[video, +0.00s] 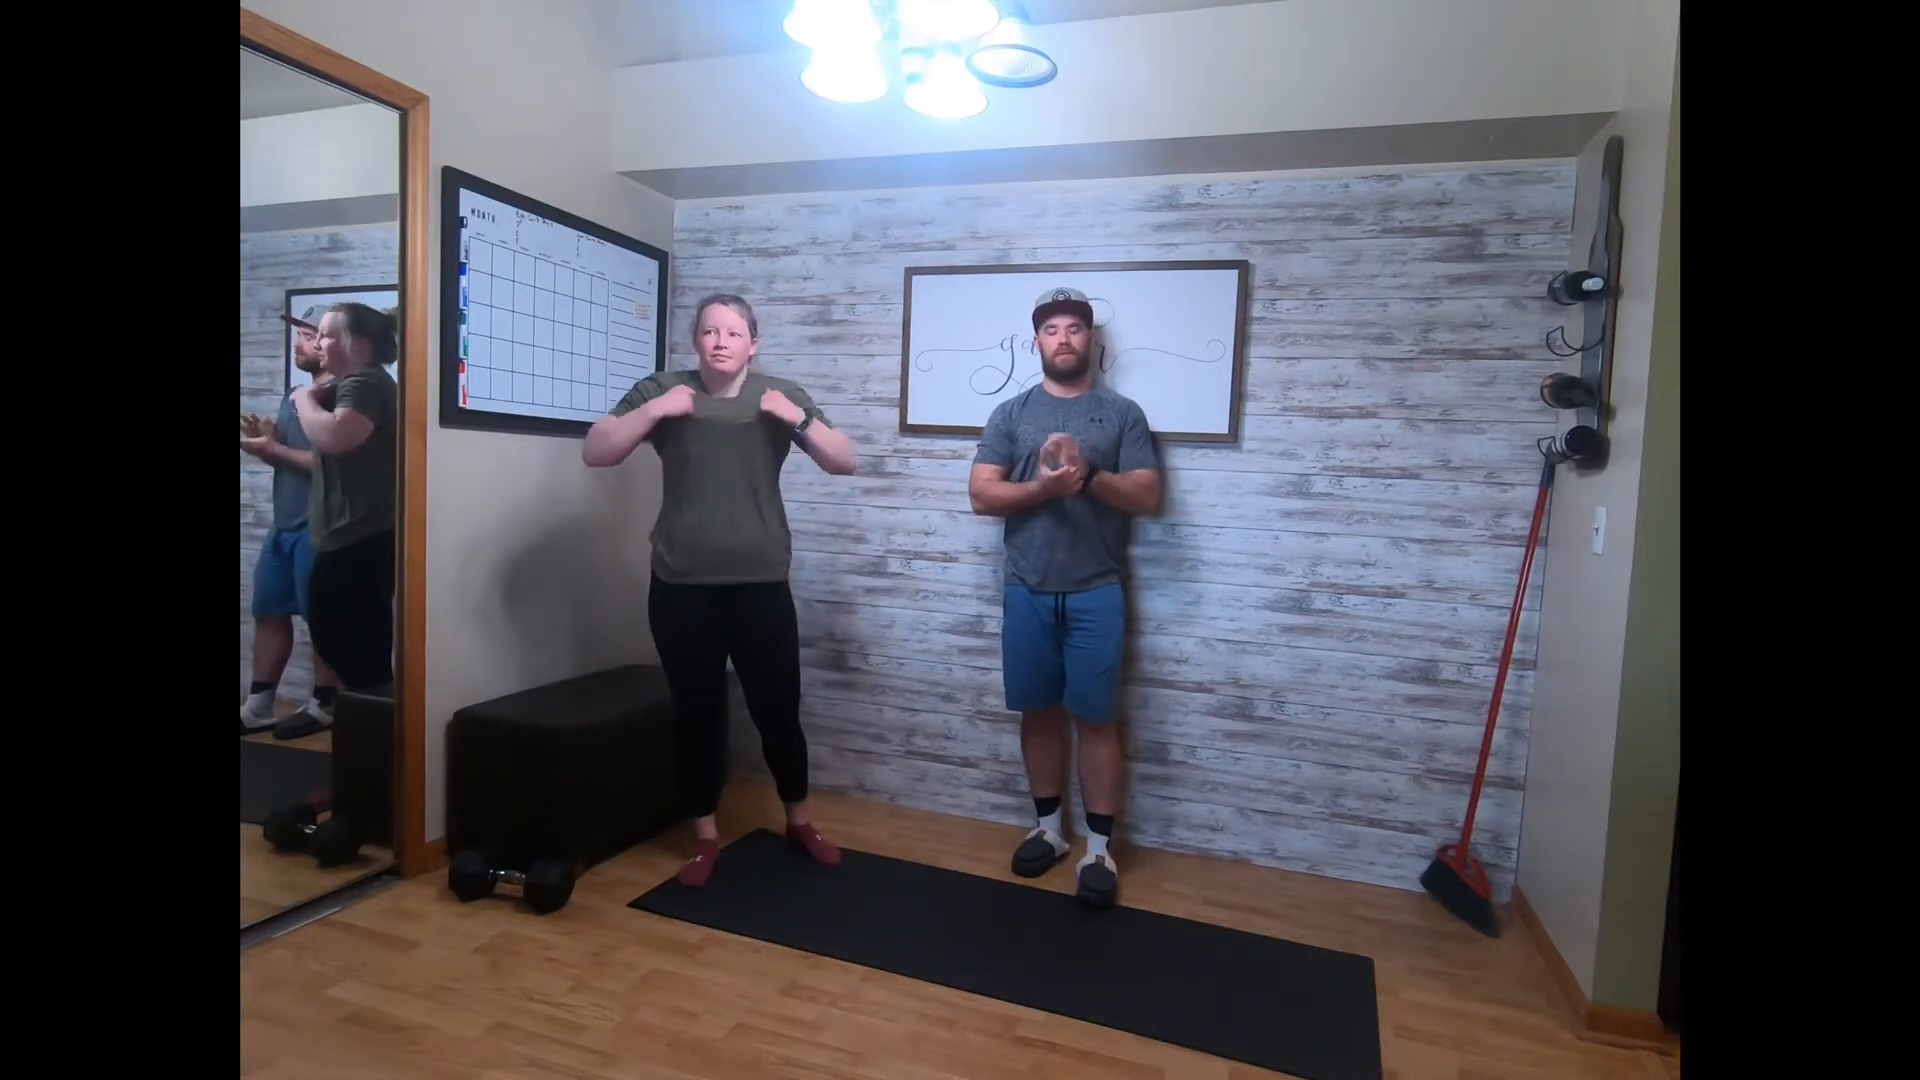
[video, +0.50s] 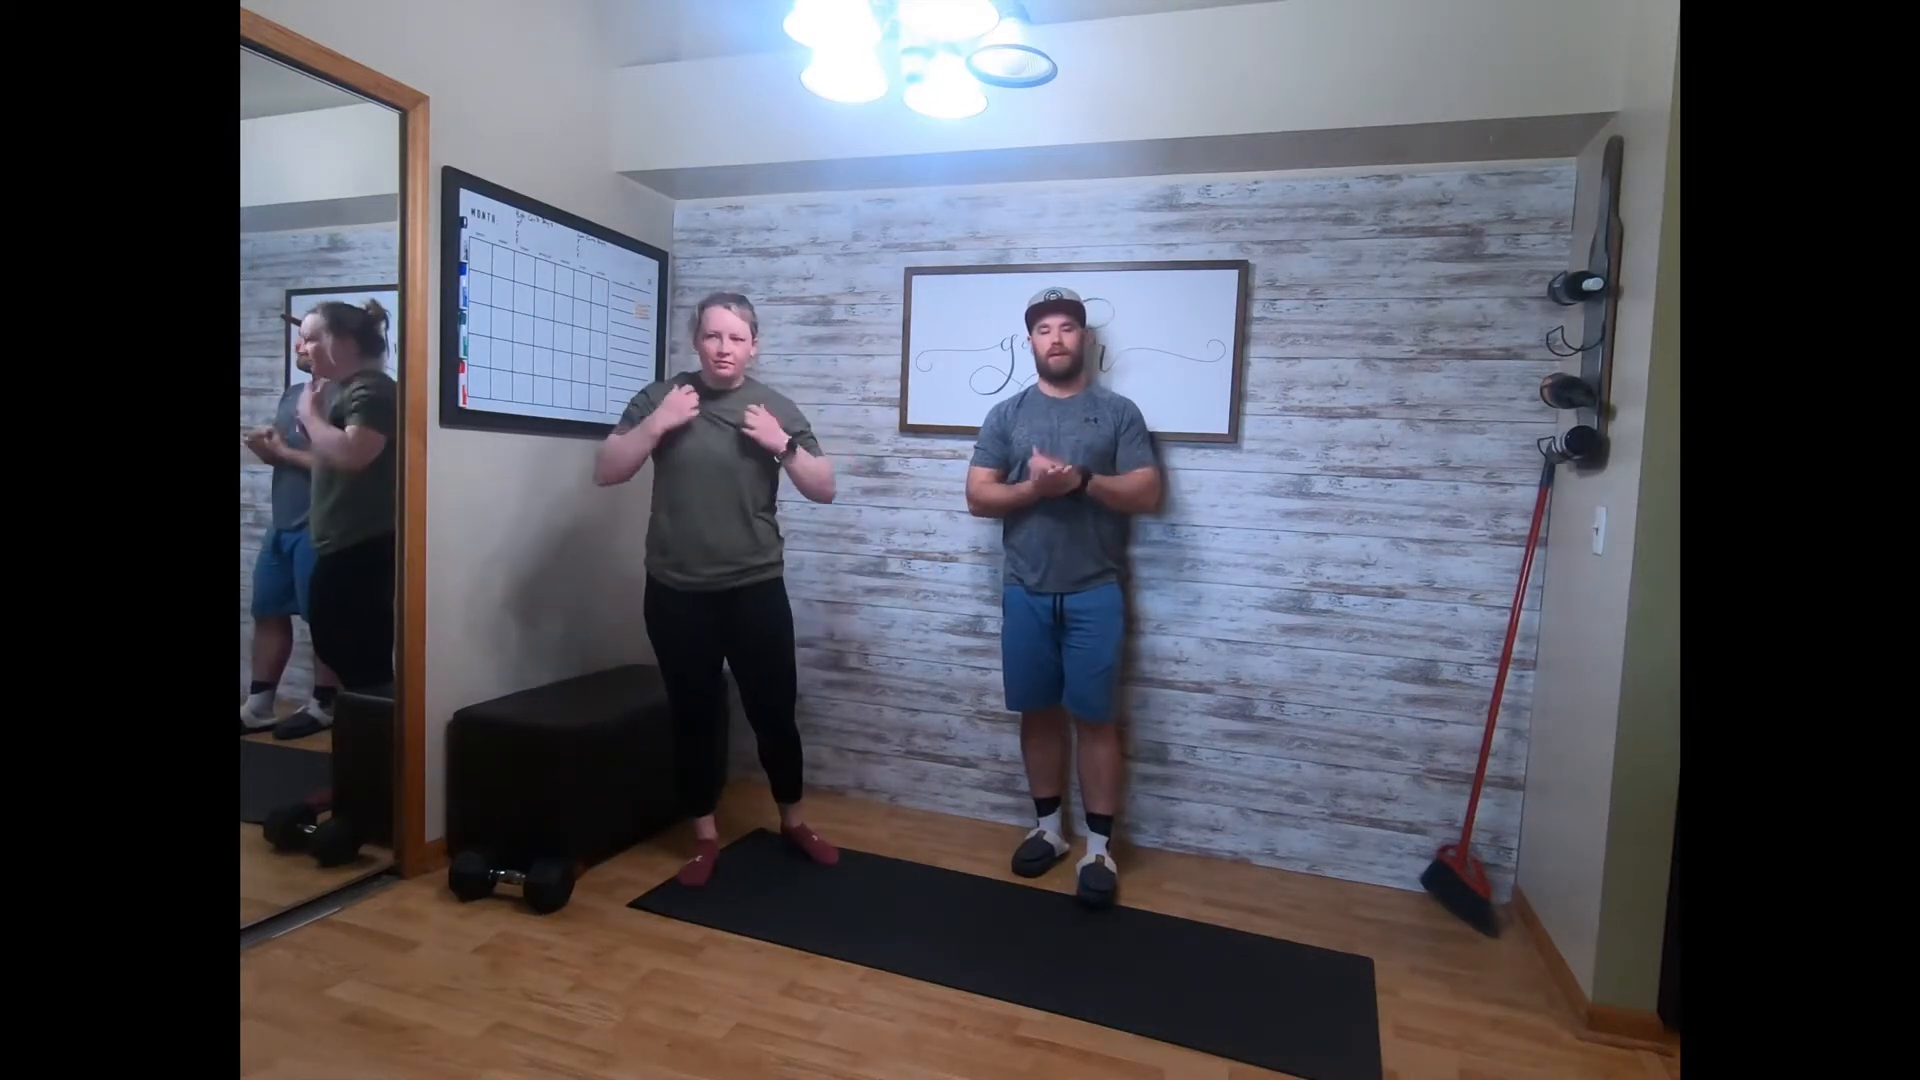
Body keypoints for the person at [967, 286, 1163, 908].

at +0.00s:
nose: (1063, 337)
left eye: (1075, 329)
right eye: (1052, 330)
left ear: (1092, 340)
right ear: (1037, 342)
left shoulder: (1122, 414)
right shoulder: (1011, 414)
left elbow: (1147, 497)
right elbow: (983, 494)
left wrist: (1088, 478)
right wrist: (1044, 485)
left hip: (1096, 584)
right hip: (1027, 584)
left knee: (1095, 715)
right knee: (1037, 710)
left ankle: (1099, 850)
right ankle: (1049, 830)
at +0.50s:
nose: (1056, 337)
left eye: (1067, 328)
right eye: (1044, 330)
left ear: (1085, 339)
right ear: (1031, 344)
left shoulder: (1117, 412)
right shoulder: (1006, 415)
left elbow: (1147, 493)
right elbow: (979, 495)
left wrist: (1081, 481)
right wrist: (1034, 488)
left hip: (1095, 585)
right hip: (1026, 586)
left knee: (1094, 715)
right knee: (1037, 710)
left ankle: (1098, 850)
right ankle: (1048, 830)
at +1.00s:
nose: (1064, 335)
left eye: (1075, 327)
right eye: (1053, 327)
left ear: (1091, 341)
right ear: (1036, 339)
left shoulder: (1116, 413)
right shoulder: (1005, 414)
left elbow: (1146, 497)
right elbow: (977, 495)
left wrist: (1076, 488)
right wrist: (1027, 492)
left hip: (1091, 584)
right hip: (1022, 586)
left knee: (1091, 715)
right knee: (1035, 710)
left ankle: (1096, 849)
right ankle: (1048, 830)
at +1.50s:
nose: (1063, 338)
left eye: (1075, 330)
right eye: (1052, 328)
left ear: (1091, 343)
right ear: (1036, 340)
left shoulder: (1115, 414)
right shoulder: (1004, 415)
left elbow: (1143, 500)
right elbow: (980, 498)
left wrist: (1071, 489)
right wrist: (1025, 488)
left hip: (1089, 584)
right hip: (1020, 585)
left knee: (1090, 714)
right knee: (1034, 710)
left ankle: (1096, 848)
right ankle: (1048, 830)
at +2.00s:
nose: (1059, 339)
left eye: (1071, 330)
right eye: (1047, 330)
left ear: (1088, 341)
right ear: (1033, 342)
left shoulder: (1116, 414)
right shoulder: (1006, 417)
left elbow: (1148, 500)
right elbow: (982, 499)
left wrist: (1077, 490)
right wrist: (1034, 493)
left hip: (1093, 584)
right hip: (1024, 585)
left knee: (1092, 715)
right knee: (1036, 710)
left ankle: (1097, 849)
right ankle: (1048, 830)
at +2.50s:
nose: (1062, 339)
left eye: (1072, 329)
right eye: (1050, 332)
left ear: (1091, 340)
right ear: (1037, 345)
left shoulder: (1123, 414)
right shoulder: (1012, 413)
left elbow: (1161, 498)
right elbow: (986, 494)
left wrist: (1107, 490)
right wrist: (1049, 497)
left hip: (1097, 584)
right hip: (1028, 584)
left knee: (1095, 714)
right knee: (1038, 709)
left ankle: (1097, 849)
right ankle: (1048, 831)